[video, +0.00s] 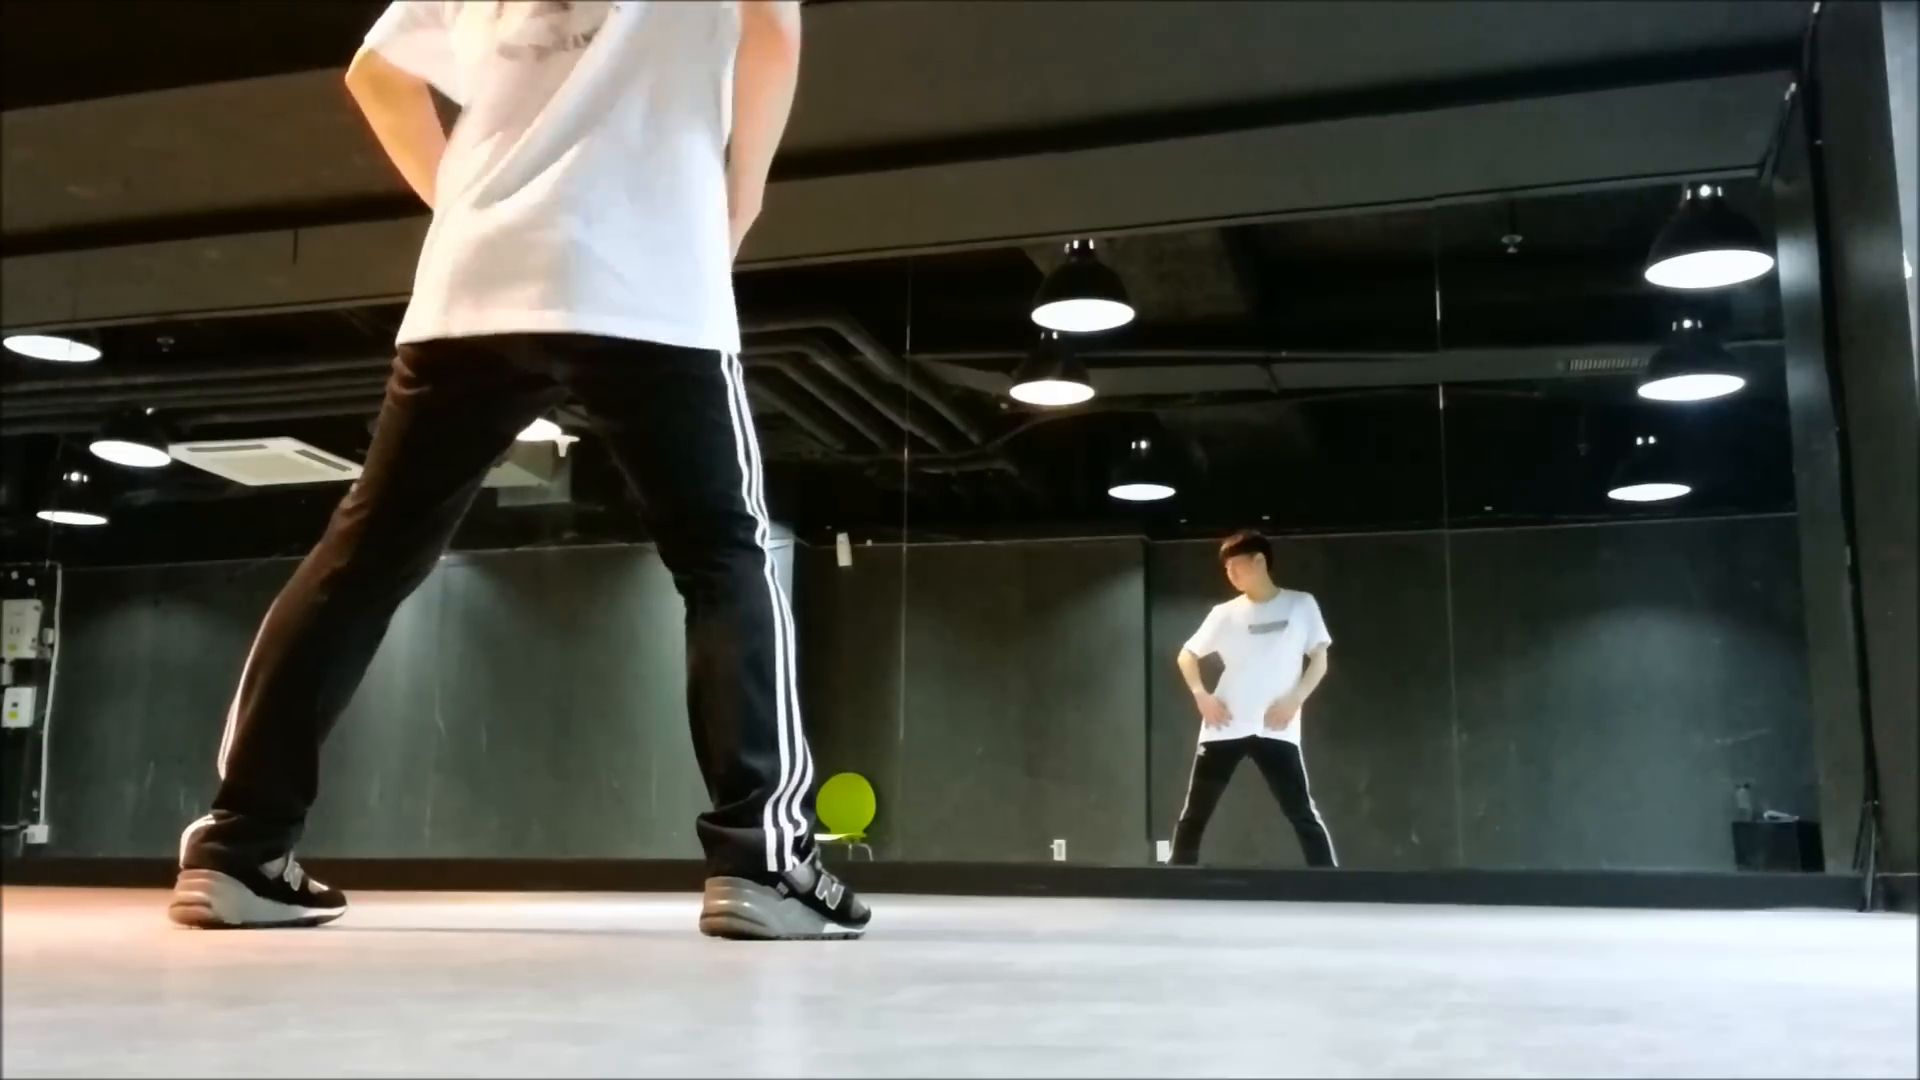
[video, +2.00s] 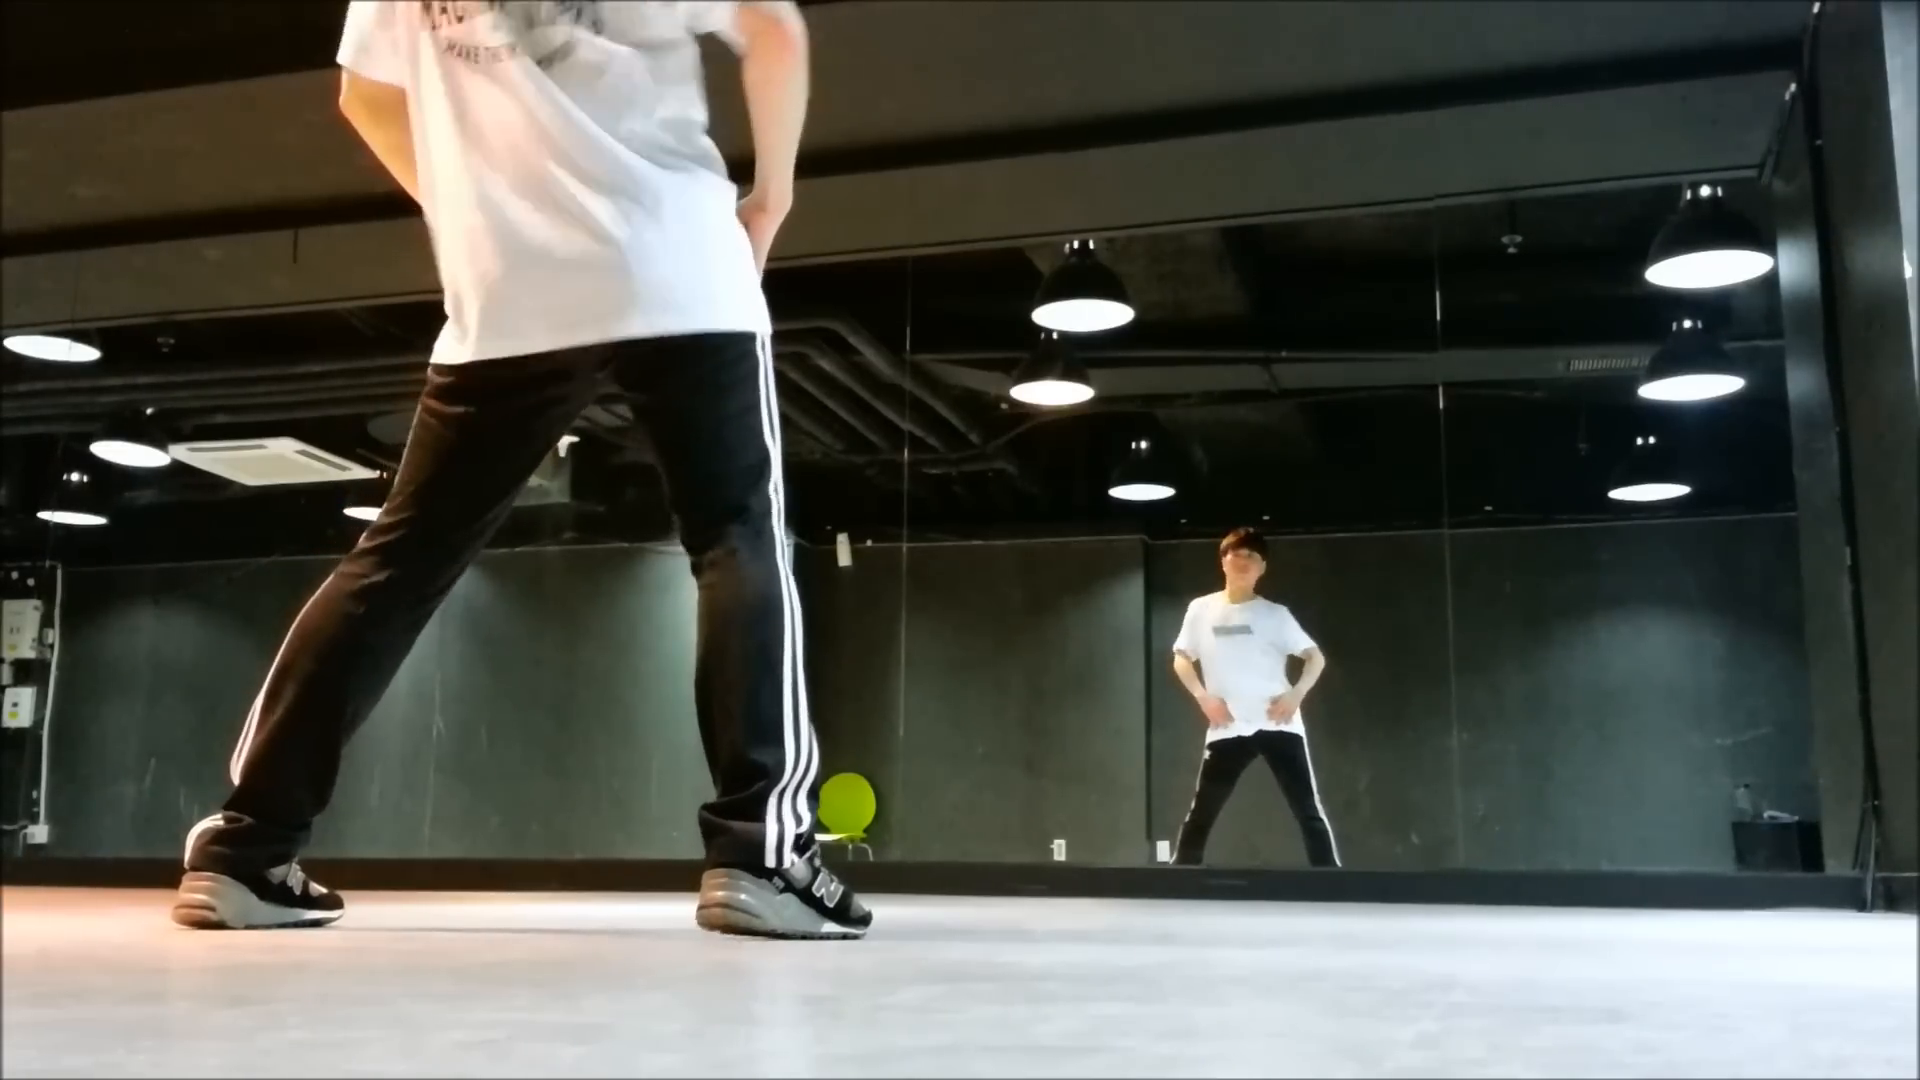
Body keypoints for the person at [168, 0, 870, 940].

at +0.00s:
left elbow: (379, 74)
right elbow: (771, 27)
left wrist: (474, 210)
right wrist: (741, 194)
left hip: (476, 260)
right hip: (646, 263)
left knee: (365, 553)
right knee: (725, 557)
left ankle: (235, 843)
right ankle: (762, 856)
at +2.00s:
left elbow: (368, 92)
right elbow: (772, 25)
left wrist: (472, 210)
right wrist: (773, 183)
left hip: (505, 264)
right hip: (679, 254)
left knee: (397, 558)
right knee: (739, 545)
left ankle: (243, 844)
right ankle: (763, 851)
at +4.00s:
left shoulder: (462, 11)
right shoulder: (695, 4)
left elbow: (368, 121)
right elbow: (801, 48)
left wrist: (460, 261)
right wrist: (774, 238)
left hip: (486, 308)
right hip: (647, 305)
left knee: (436, 618)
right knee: (717, 605)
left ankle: (197, 836)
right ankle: (815, 855)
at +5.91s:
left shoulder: (401, 3)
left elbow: (301, 63)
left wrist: (391, 220)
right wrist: (754, 164)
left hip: (458, 258)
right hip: (635, 243)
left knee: (385, 566)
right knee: (748, 544)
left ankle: (168, 824)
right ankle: (774, 847)